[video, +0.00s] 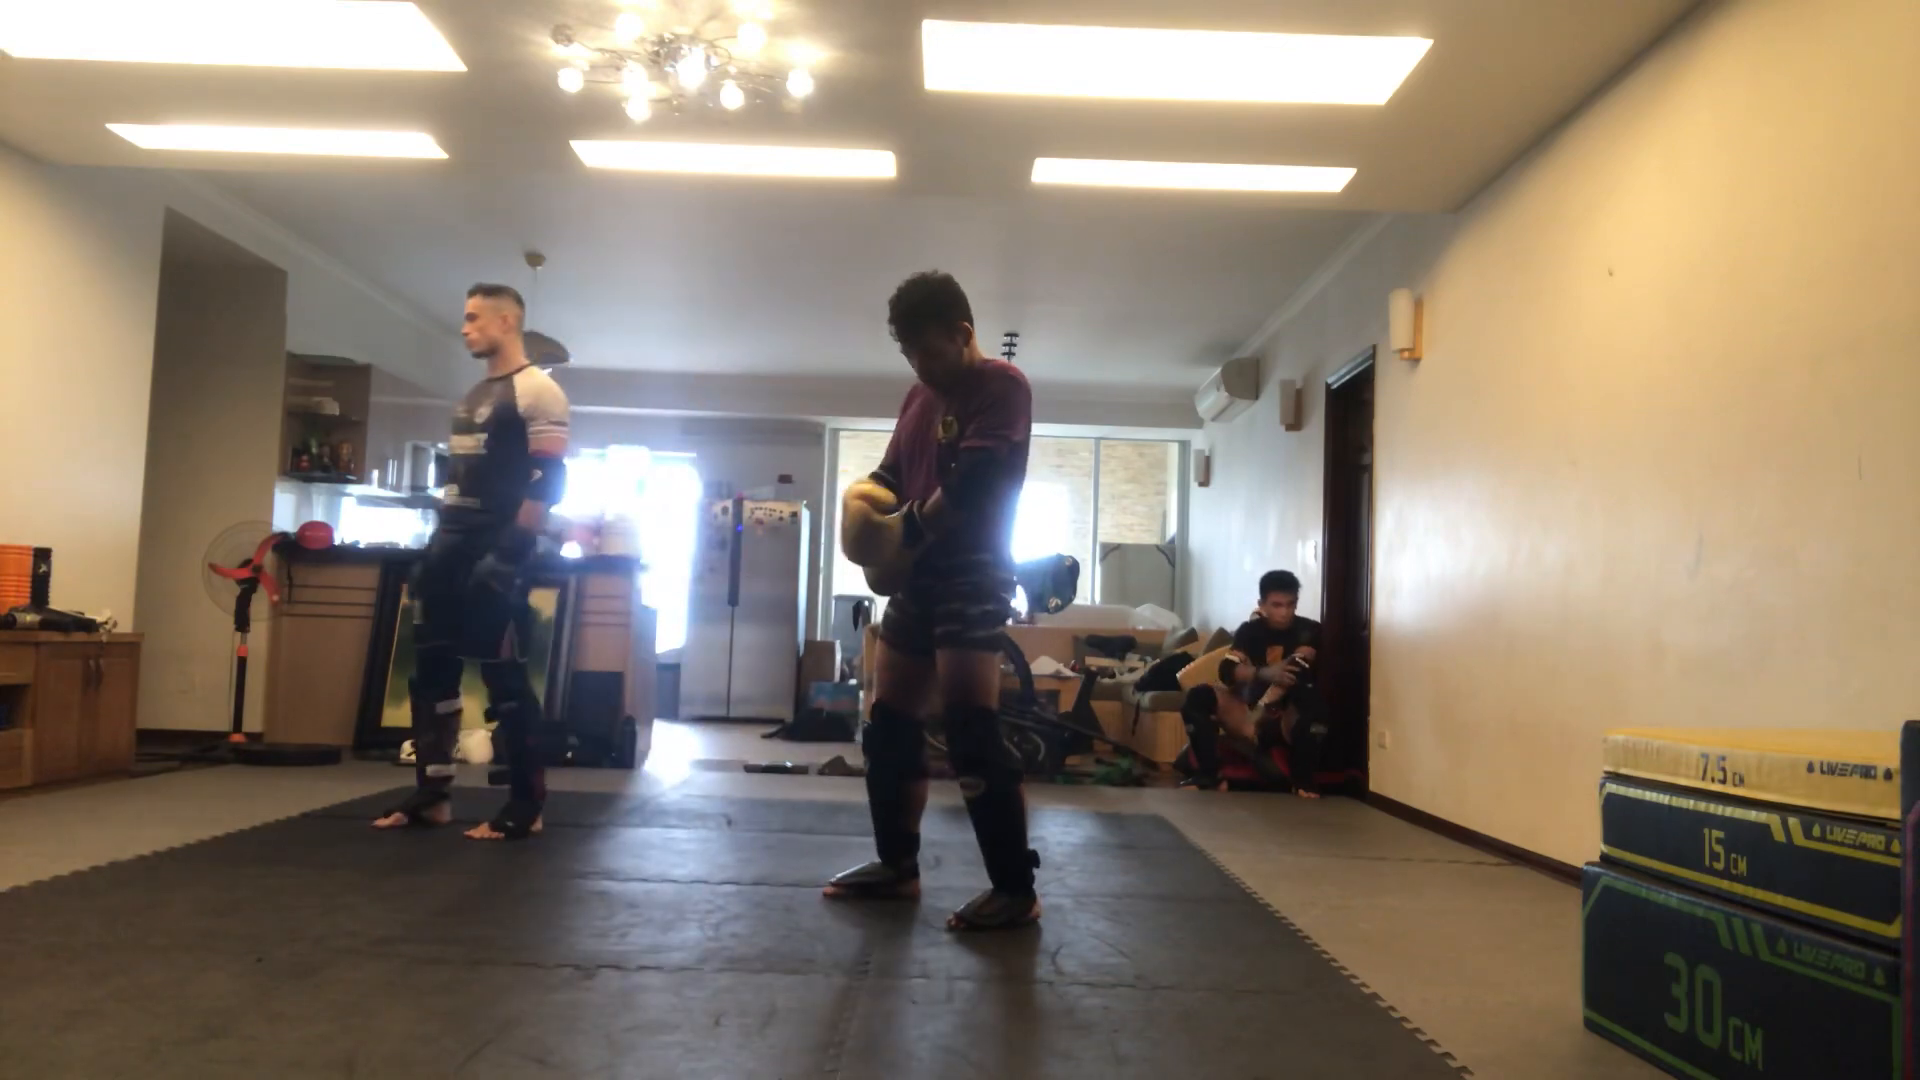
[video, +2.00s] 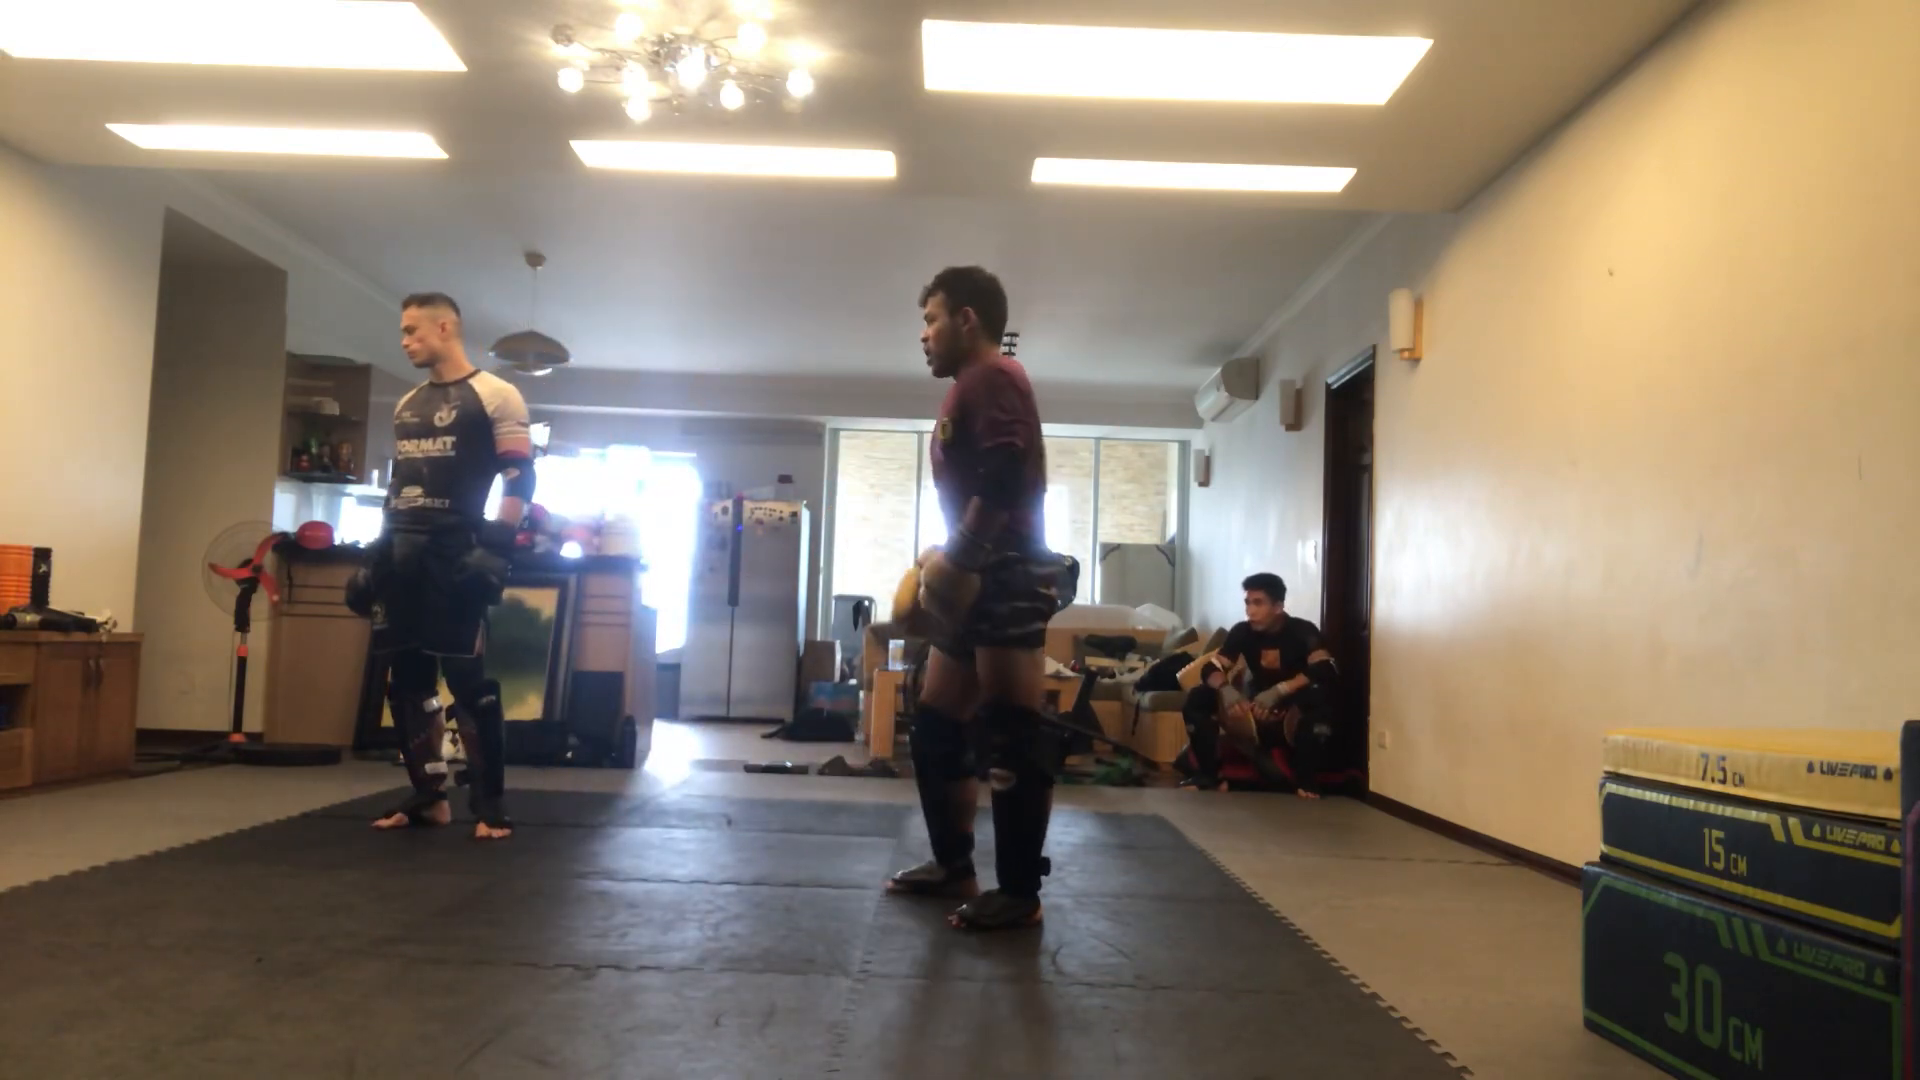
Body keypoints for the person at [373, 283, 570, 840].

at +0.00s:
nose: (463, 329)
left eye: (473, 318)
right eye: (464, 320)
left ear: (508, 321)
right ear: (487, 327)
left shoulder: (539, 389)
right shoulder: (475, 394)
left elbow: (546, 484)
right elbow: (459, 483)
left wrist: (508, 554)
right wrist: (436, 549)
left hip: (499, 551)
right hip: (452, 547)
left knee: (503, 672)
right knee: (434, 667)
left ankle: (525, 804)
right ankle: (432, 796)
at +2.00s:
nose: (405, 342)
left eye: (412, 331)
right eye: (403, 333)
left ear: (446, 327)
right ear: (435, 330)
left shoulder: (498, 395)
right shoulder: (408, 404)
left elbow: (517, 484)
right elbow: (402, 490)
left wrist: (494, 552)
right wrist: (377, 558)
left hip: (458, 556)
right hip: (404, 555)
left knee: (466, 679)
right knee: (406, 681)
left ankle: (490, 806)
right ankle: (428, 798)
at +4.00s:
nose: (401, 339)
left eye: (408, 328)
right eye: (397, 330)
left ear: (443, 323)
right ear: (402, 333)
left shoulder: (493, 393)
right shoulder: (401, 401)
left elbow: (515, 484)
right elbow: (391, 488)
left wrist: (494, 553)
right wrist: (371, 553)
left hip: (457, 554)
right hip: (401, 553)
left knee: (465, 677)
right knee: (407, 679)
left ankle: (490, 805)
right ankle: (429, 799)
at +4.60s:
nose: (412, 333)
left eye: (422, 322)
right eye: (408, 324)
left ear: (456, 322)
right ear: (408, 331)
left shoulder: (501, 394)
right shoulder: (400, 399)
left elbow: (522, 481)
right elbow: (389, 483)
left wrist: (506, 549)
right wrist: (374, 547)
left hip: (465, 554)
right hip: (407, 553)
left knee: (470, 676)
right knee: (412, 679)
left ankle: (487, 801)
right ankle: (430, 799)